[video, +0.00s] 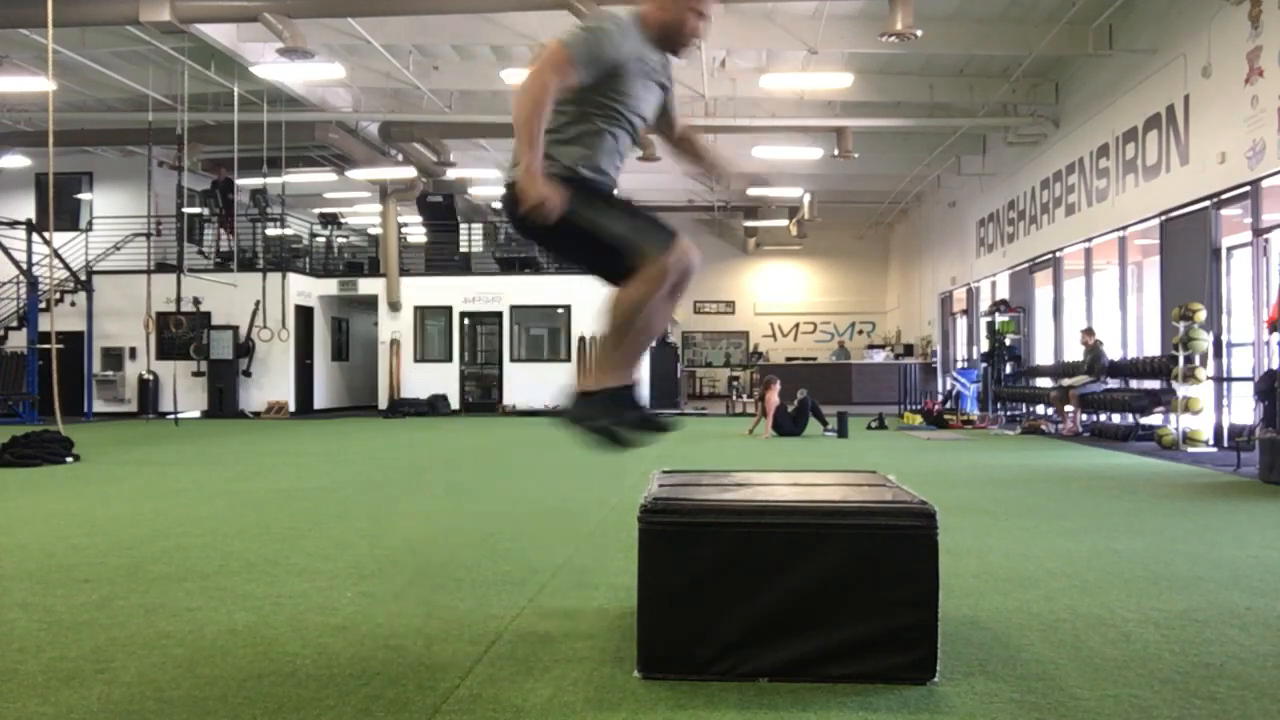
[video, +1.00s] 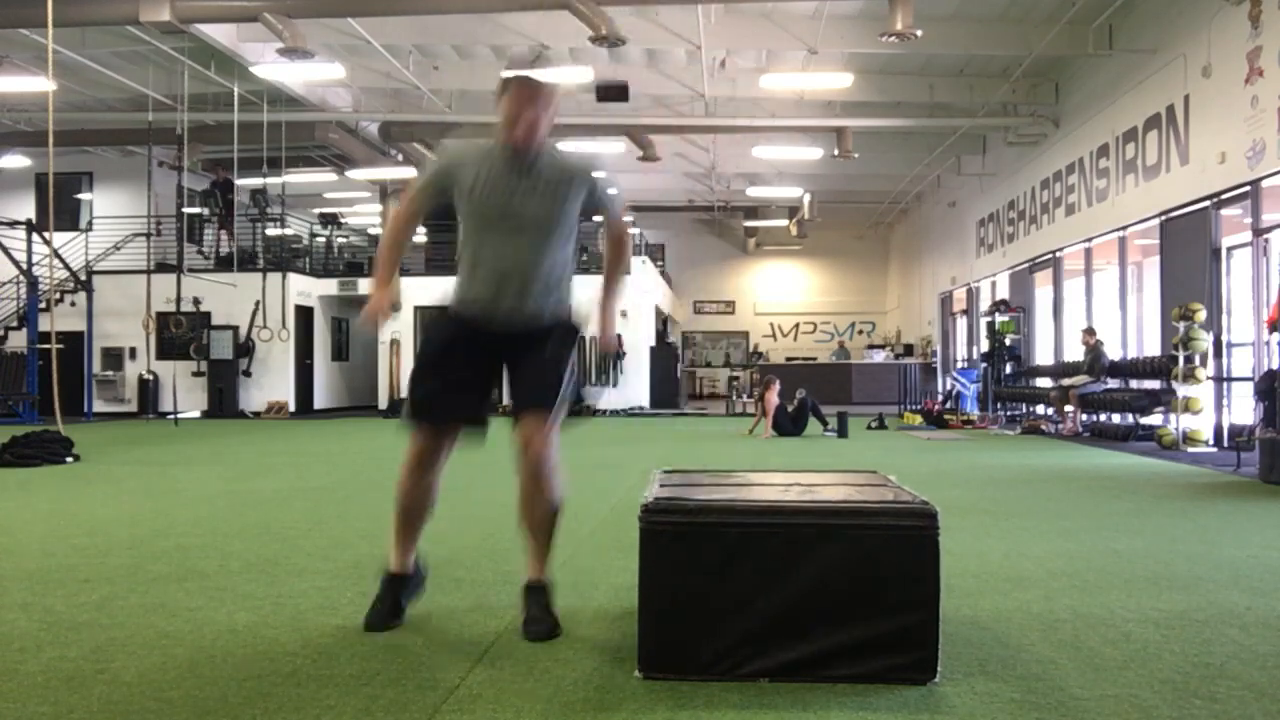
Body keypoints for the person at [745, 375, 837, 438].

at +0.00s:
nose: (779, 387)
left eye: (779, 384)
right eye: (778, 384)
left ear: (767, 385)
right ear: (773, 385)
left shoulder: (764, 396)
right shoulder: (772, 396)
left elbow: (759, 415)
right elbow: (770, 415)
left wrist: (751, 429)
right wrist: (767, 433)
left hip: (785, 430)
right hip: (793, 431)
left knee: (807, 402)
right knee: (807, 401)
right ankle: (826, 426)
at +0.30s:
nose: (779, 387)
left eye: (779, 384)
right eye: (778, 384)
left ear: (771, 386)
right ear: (772, 386)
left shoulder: (766, 396)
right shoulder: (772, 397)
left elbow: (759, 416)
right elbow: (769, 416)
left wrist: (751, 429)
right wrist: (767, 433)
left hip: (785, 429)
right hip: (793, 430)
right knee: (808, 401)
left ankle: (799, 401)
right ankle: (826, 426)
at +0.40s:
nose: (779, 387)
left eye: (779, 385)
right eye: (778, 385)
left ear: (770, 386)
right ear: (772, 386)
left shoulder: (766, 396)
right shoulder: (771, 397)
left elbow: (760, 415)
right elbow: (769, 416)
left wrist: (751, 429)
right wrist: (767, 433)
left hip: (786, 429)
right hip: (792, 430)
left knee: (809, 401)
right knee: (807, 401)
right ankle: (826, 426)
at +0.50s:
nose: (779, 387)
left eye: (779, 384)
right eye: (777, 385)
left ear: (769, 386)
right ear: (772, 386)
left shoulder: (765, 396)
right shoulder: (771, 397)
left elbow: (759, 415)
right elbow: (769, 416)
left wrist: (751, 429)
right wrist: (767, 433)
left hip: (785, 430)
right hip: (793, 431)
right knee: (808, 401)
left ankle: (799, 402)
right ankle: (826, 426)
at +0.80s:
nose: (779, 387)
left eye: (778, 384)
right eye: (777, 384)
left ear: (768, 386)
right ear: (772, 386)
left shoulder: (765, 396)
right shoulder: (771, 396)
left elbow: (759, 415)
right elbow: (769, 416)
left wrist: (751, 430)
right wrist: (767, 433)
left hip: (785, 430)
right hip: (792, 431)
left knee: (808, 401)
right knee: (807, 402)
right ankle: (826, 426)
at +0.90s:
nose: (779, 387)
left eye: (778, 384)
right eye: (777, 384)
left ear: (768, 386)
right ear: (772, 386)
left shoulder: (765, 396)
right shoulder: (771, 396)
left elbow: (759, 415)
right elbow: (769, 416)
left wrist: (751, 430)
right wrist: (767, 433)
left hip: (785, 429)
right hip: (792, 431)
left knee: (809, 401)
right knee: (807, 401)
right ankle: (826, 426)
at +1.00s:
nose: (779, 387)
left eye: (778, 384)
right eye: (778, 384)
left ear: (767, 385)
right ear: (772, 385)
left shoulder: (765, 396)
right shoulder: (771, 396)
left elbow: (759, 416)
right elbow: (769, 416)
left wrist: (751, 430)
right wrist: (767, 433)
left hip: (785, 430)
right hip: (793, 430)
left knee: (808, 401)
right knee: (806, 401)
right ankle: (826, 426)